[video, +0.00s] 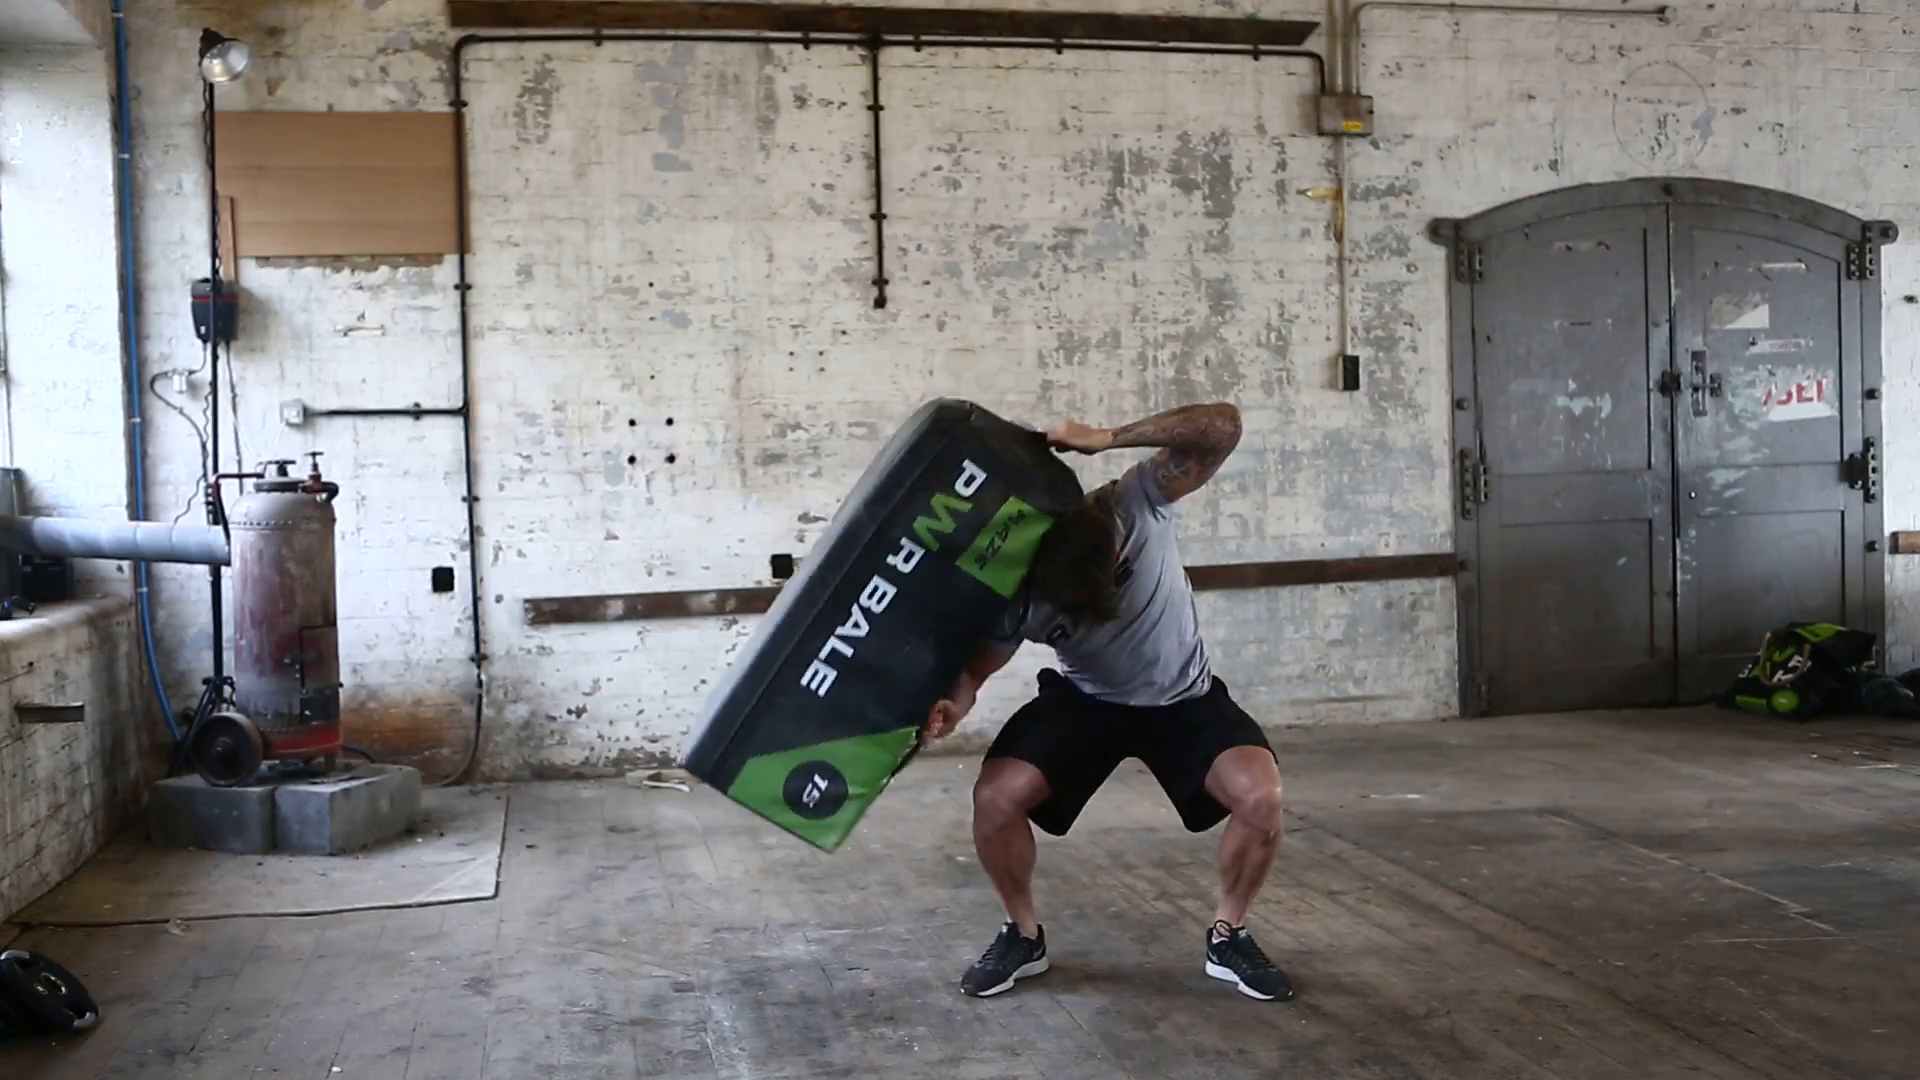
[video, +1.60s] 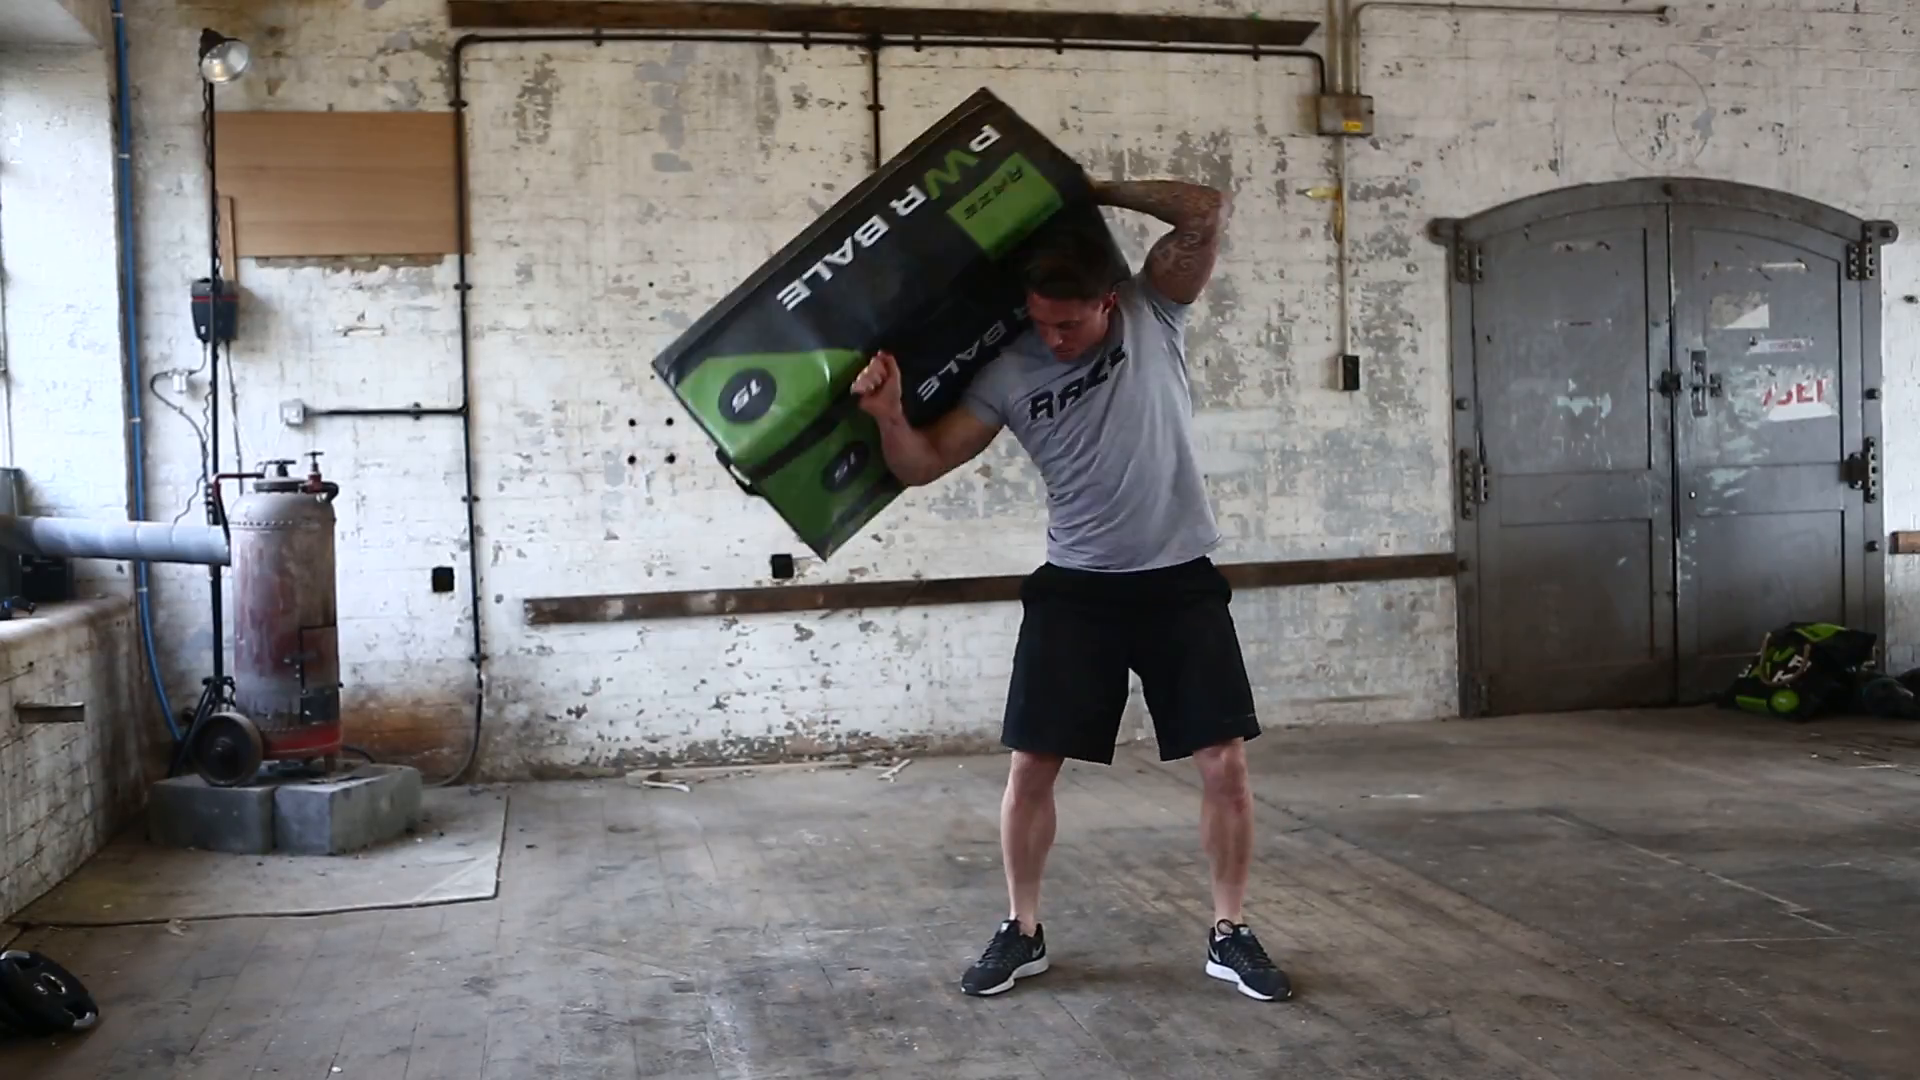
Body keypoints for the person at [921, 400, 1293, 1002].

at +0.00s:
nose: (1096, 606)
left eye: (1103, 590)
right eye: (1078, 602)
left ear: (1114, 546)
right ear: (1046, 583)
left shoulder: (1138, 503)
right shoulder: (1024, 602)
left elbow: (1224, 425)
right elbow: (973, 670)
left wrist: (1108, 437)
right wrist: (949, 708)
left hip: (1184, 698)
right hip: (1083, 701)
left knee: (1261, 796)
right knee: (995, 801)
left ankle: (1228, 935)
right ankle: (1023, 934)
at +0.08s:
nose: (1083, 562)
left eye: (1094, 552)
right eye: (1075, 552)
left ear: (1126, 514)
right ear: (1056, 531)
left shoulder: (1154, 465)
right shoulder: (1027, 557)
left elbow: (1251, 392)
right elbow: (967, 615)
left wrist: (1142, 391)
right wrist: (945, 642)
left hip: (1182, 671)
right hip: (1079, 677)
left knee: (1258, 792)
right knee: (997, 797)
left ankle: (1229, 935)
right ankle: (1022, 933)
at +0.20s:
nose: (1112, 477)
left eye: (1125, 469)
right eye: (1103, 468)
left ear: (1152, 422)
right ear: (1080, 437)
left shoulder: (1177, 396)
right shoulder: (1036, 454)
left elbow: (1282, 341)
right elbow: (959, 527)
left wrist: (1183, 313)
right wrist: (940, 536)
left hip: (1178, 631)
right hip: (1072, 635)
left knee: (1242, 784)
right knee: (1004, 787)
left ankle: (1229, 936)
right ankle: (1022, 932)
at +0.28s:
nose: (1123, 422)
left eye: (1137, 413)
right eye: (1113, 412)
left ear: (1156, 377)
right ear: (1088, 378)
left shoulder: (1181, 358)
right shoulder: (1034, 403)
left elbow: (1287, 318)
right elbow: (947, 476)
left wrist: (1207, 266)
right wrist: (936, 462)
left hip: (1173, 604)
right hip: (1067, 608)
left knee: (1229, 764)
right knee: (1014, 779)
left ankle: (1230, 932)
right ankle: (1022, 930)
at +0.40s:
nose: (1134, 364)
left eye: (1147, 353)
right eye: (1122, 351)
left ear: (1163, 323)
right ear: (1089, 318)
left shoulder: (1179, 323)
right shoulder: (1033, 346)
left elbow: (1288, 313)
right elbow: (929, 407)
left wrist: (1242, 237)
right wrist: (929, 360)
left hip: (1167, 578)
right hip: (1063, 582)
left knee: (1211, 754)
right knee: (1032, 765)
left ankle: (1231, 929)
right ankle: (1022, 927)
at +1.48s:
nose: (1076, 310)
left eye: (1092, 295)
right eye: (1062, 294)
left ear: (1130, 272)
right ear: (1048, 276)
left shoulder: (1175, 304)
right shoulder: (1021, 344)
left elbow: (1273, 240)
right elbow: (911, 412)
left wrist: (1179, 191)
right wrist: (906, 339)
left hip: (1181, 578)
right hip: (1073, 583)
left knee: (1215, 763)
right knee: (1039, 766)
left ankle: (1230, 930)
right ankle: (1021, 926)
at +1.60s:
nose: (1054, 340)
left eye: (1068, 327)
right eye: (1041, 325)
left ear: (1107, 301)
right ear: (1027, 305)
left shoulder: (1153, 314)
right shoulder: (1009, 376)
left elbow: (1205, 211)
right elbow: (918, 466)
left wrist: (1093, 189)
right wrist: (889, 412)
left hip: (1182, 580)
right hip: (1074, 588)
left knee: (1225, 760)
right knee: (1033, 764)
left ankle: (1230, 930)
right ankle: (1022, 928)